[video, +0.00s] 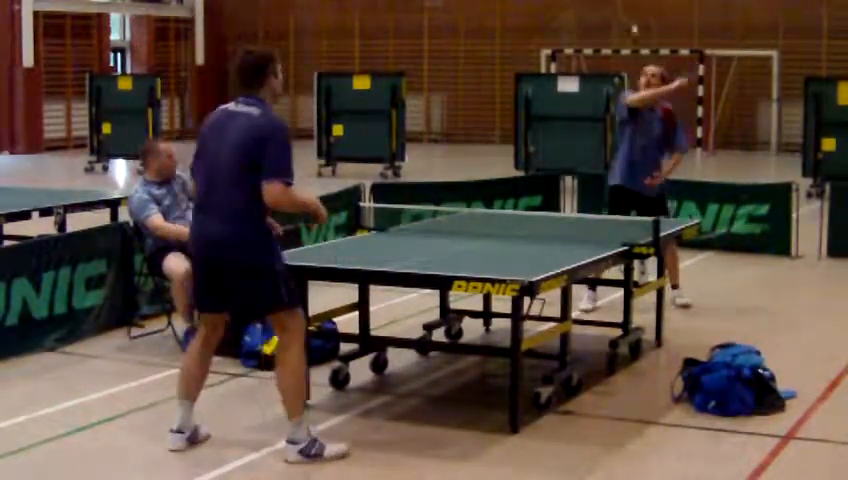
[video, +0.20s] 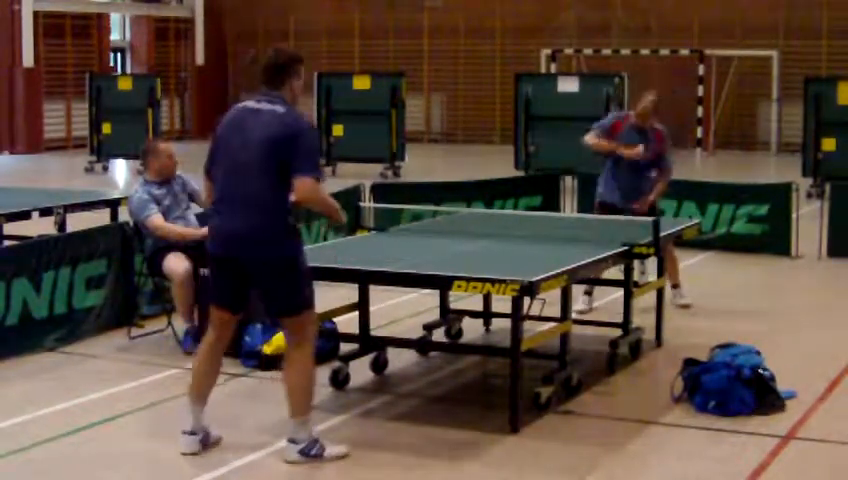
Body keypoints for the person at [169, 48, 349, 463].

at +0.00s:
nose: (282, 81)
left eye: (280, 74)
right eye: (280, 75)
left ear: (241, 79)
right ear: (272, 79)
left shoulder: (214, 120)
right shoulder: (271, 126)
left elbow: (201, 187)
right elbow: (275, 195)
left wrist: (259, 217)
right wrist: (310, 204)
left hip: (205, 242)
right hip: (248, 244)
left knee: (210, 327)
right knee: (291, 324)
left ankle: (182, 426)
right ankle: (300, 437)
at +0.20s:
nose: (305, 89)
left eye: (305, 83)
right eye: (304, 83)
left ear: (264, 80)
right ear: (294, 82)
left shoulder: (233, 117)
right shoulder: (297, 124)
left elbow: (209, 186)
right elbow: (305, 191)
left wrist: (230, 213)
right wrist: (334, 210)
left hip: (224, 238)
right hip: (272, 240)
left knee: (219, 329)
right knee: (301, 330)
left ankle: (193, 428)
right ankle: (301, 437)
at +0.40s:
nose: (309, 98)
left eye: (309, 91)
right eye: (308, 91)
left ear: (266, 89)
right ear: (297, 92)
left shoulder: (234, 125)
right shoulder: (297, 131)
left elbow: (216, 190)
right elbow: (311, 195)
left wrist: (278, 215)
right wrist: (346, 215)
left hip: (224, 240)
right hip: (270, 241)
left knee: (229, 332)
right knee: (326, 324)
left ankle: (209, 435)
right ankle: (324, 430)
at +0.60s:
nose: (324, 109)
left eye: (324, 102)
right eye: (325, 103)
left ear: (288, 98)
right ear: (315, 101)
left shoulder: (251, 135)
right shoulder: (306, 141)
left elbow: (236, 197)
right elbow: (321, 212)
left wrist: (282, 219)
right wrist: (363, 225)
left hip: (239, 251)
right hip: (285, 254)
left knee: (242, 339)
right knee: (343, 334)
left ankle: (211, 435)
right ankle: (350, 441)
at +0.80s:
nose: (381, 134)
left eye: (382, 127)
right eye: (380, 126)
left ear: (351, 118)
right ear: (364, 123)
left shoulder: (319, 141)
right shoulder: (332, 159)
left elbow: (351, 204)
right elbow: (297, 222)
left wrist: (400, 208)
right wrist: (332, 277)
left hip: (261, 264)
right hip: (290, 272)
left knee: (266, 347)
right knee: (373, 335)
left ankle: (215, 432)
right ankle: (411, 439)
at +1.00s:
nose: (444, 171)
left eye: (449, 164)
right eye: (447, 163)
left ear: (419, 142)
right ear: (436, 155)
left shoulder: (371, 147)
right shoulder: (397, 194)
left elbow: (396, 179)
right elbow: (386, 268)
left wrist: (423, 190)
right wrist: (429, 282)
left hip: (303, 260)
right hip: (349, 274)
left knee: (282, 340)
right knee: (420, 332)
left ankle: (219, 429)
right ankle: (420, 444)